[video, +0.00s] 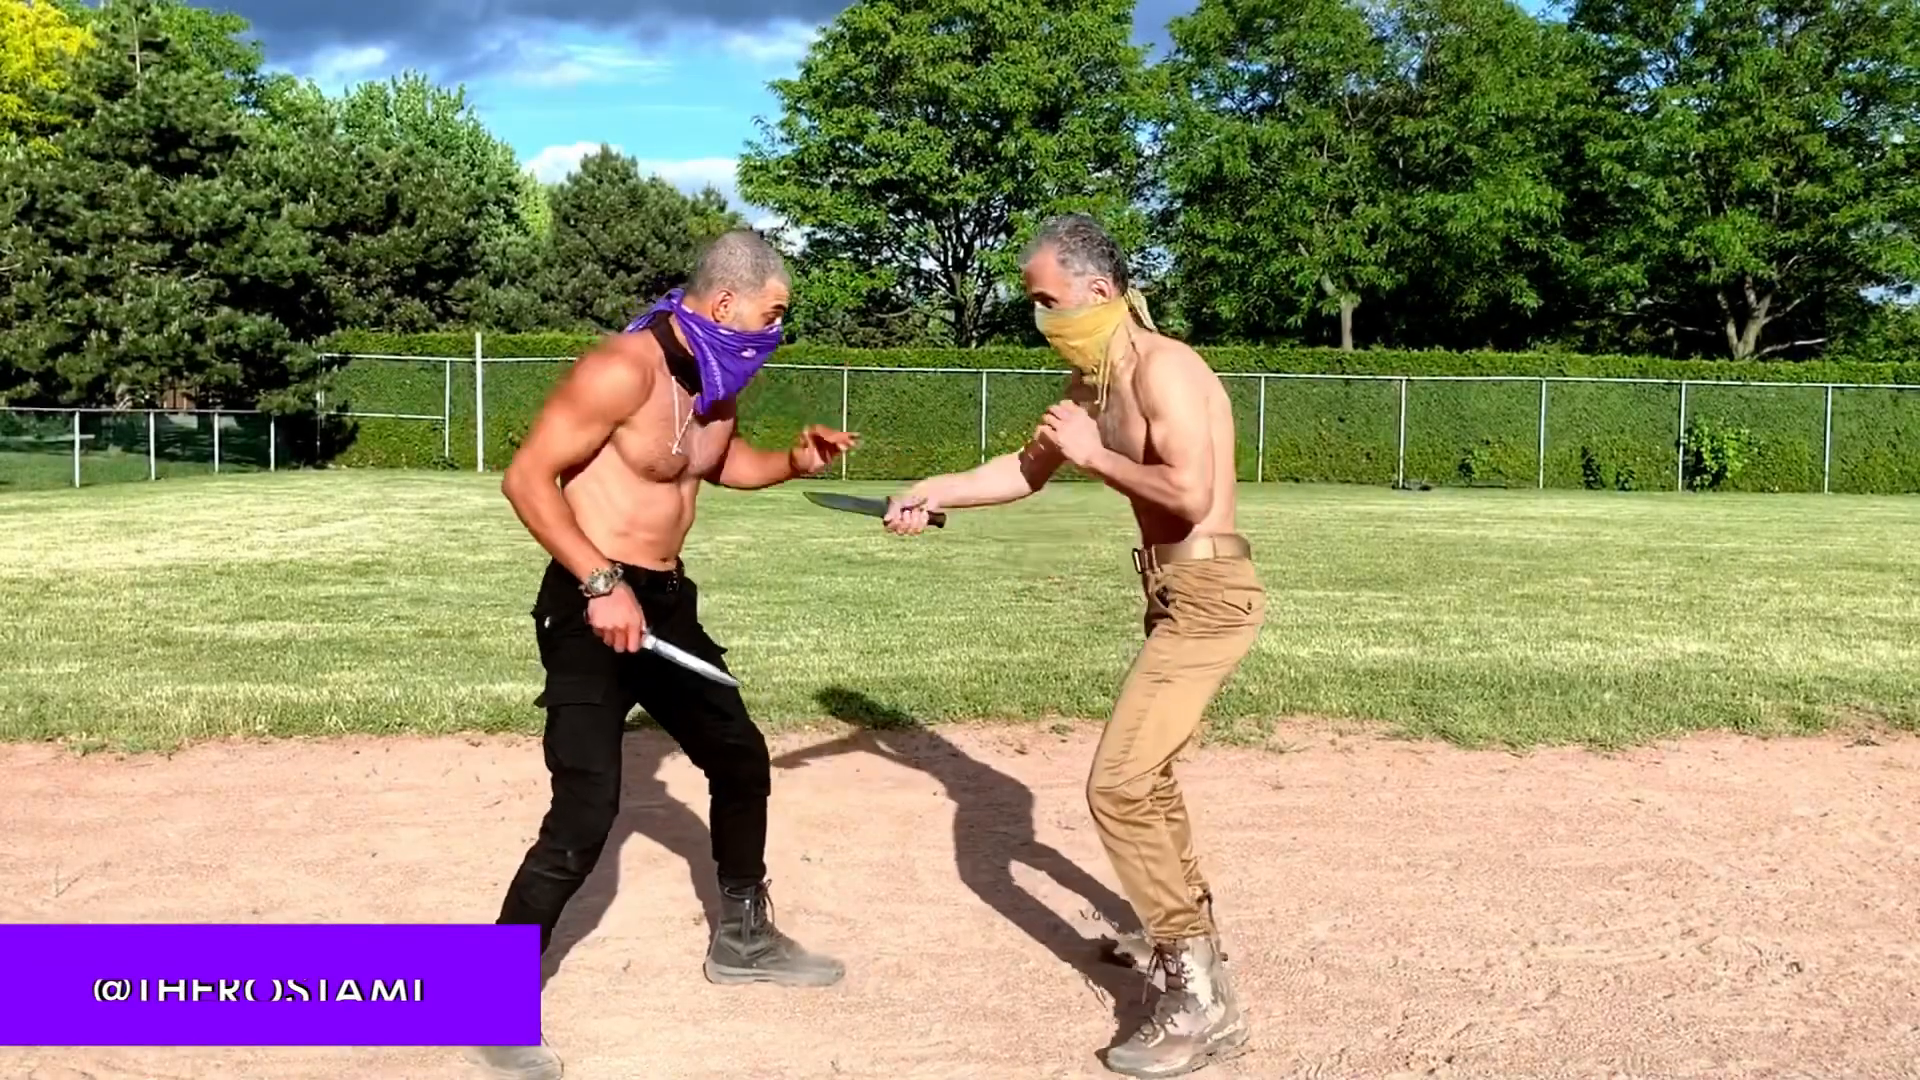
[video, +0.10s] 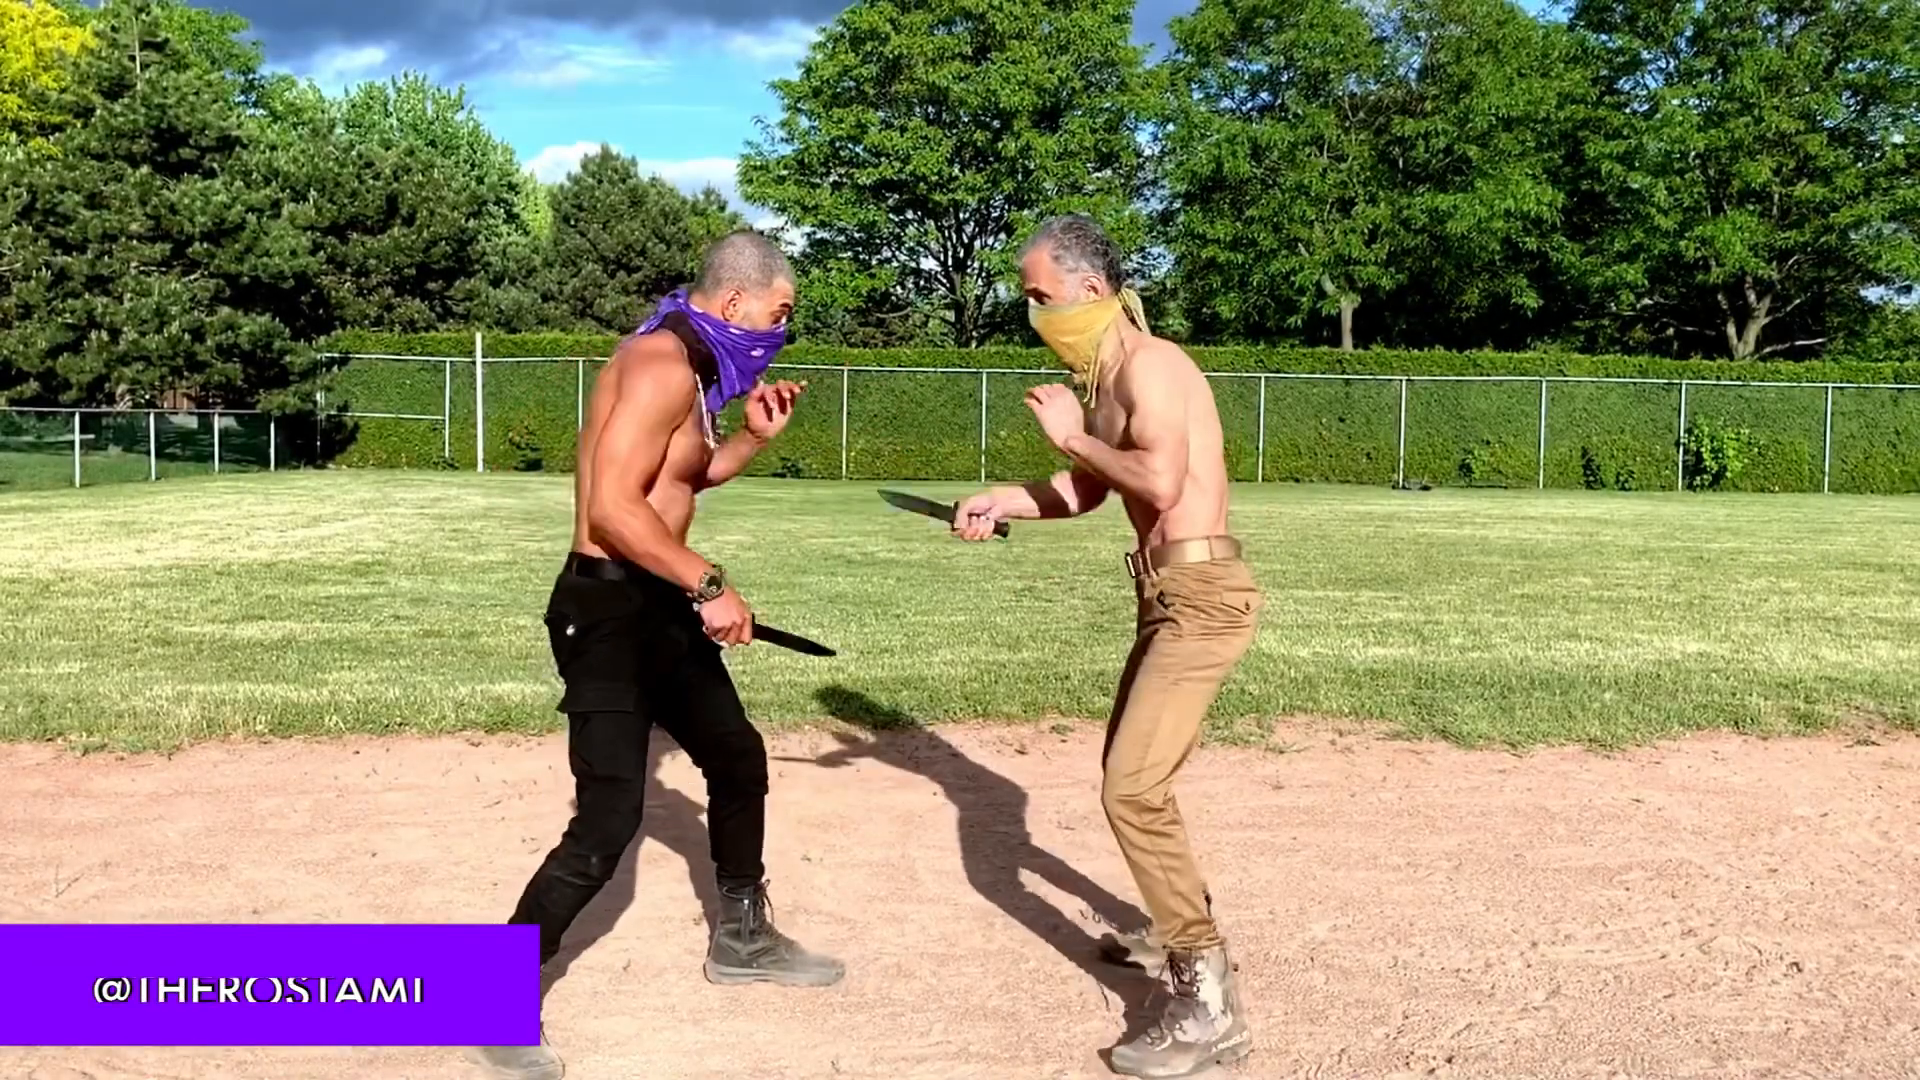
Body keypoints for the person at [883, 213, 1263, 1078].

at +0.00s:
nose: (1041, 317)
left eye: (1049, 299)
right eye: (1035, 302)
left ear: (1101, 288)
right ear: (1078, 296)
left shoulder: (1168, 371)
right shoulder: (1097, 384)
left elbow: (1191, 495)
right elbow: (1023, 472)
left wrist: (1094, 456)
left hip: (1207, 595)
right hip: (1172, 592)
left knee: (1120, 786)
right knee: (1146, 772)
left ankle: (1200, 991)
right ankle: (1181, 923)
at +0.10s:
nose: (1036, 315)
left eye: (1042, 296)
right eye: (1030, 299)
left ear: (1094, 287)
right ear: (1078, 290)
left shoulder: (1155, 366)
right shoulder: (1106, 381)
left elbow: (1161, 480)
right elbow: (1082, 491)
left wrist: (1075, 438)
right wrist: (1003, 502)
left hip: (1202, 599)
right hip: (1168, 598)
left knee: (1132, 787)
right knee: (1128, 773)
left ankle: (1211, 993)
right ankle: (1180, 926)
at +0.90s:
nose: (992, 320)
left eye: (998, 303)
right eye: (989, 305)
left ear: (1048, 300)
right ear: (1044, 302)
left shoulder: (1094, 381)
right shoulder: (1068, 381)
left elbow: (1065, 515)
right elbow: (1049, 499)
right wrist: (991, 461)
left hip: (1148, 608)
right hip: (1106, 605)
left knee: (1087, 792)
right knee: (1043, 759)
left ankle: (1155, 1007)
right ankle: (1085, 914)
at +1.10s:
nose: (976, 304)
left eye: (984, 286)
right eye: (971, 290)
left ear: (1036, 278)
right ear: (1008, 286)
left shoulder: (1121, 353)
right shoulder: (1009, 390)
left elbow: (1217, 446)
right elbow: (1001, 508)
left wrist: (1098, 466)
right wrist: (955, 484)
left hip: (1142, 592)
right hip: (1067, 599)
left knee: (1102, 784)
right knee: (1035, 778)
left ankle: (1158, 1004)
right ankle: (1082, 912)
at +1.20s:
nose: (969, 317)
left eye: (977, 298)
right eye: (963, 302)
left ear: (1027, 289)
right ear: (1005, 295)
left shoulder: (1103, 354)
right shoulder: (1019, 402)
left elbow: (1187, 441)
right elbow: (1076, 501)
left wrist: (1063, 437)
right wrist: (1029, 540)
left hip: (1137, 597)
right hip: (1071, 607)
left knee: (1094, 789)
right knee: (1031, 776)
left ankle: (1159, 1014)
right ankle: (1082, 917)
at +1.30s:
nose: (964, 320)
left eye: (971, 304)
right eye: (959, 307)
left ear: (1018, 295)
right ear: (1007, 299)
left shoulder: (1080, 348)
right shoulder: (1039, 385)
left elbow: (1112, 412)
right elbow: (1083, 507)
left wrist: (1009, 404)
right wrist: (1040, 550)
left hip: (1137, 597)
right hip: (1087, 604)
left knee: (1087, 791)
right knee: (1038, 770)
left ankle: (1157, 1012)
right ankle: (1084, 918)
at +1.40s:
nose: (972, 323)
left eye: (979, 306)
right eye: (969, 309)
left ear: (1025, 296)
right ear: (1031, 301)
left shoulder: (1057, 351)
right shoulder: (1062, 370)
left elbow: (941, 403)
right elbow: (1122, 490)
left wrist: (841, 452)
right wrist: (1062, 547)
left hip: (1148, 608)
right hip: (1110, 608)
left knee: (1089, 788)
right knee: (1045, 764)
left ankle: (1150, 1005)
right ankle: (1085, 914)